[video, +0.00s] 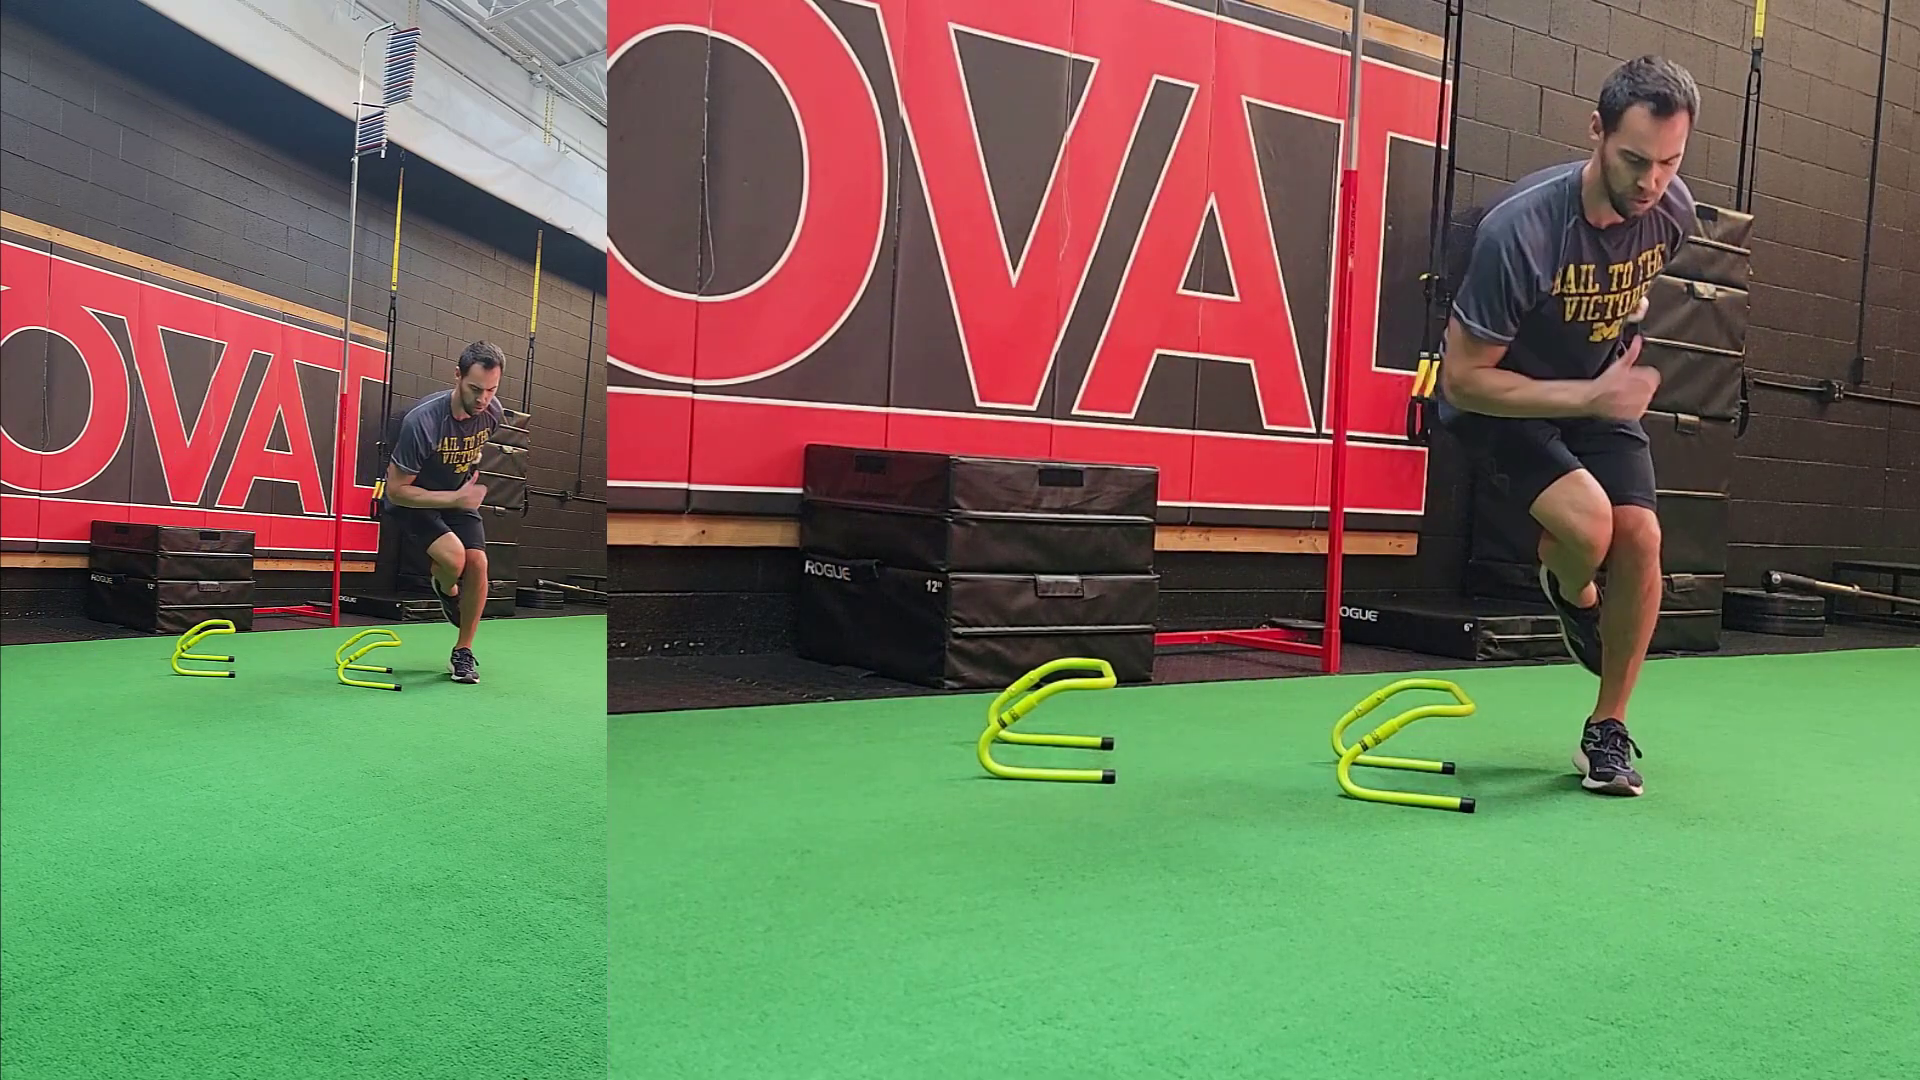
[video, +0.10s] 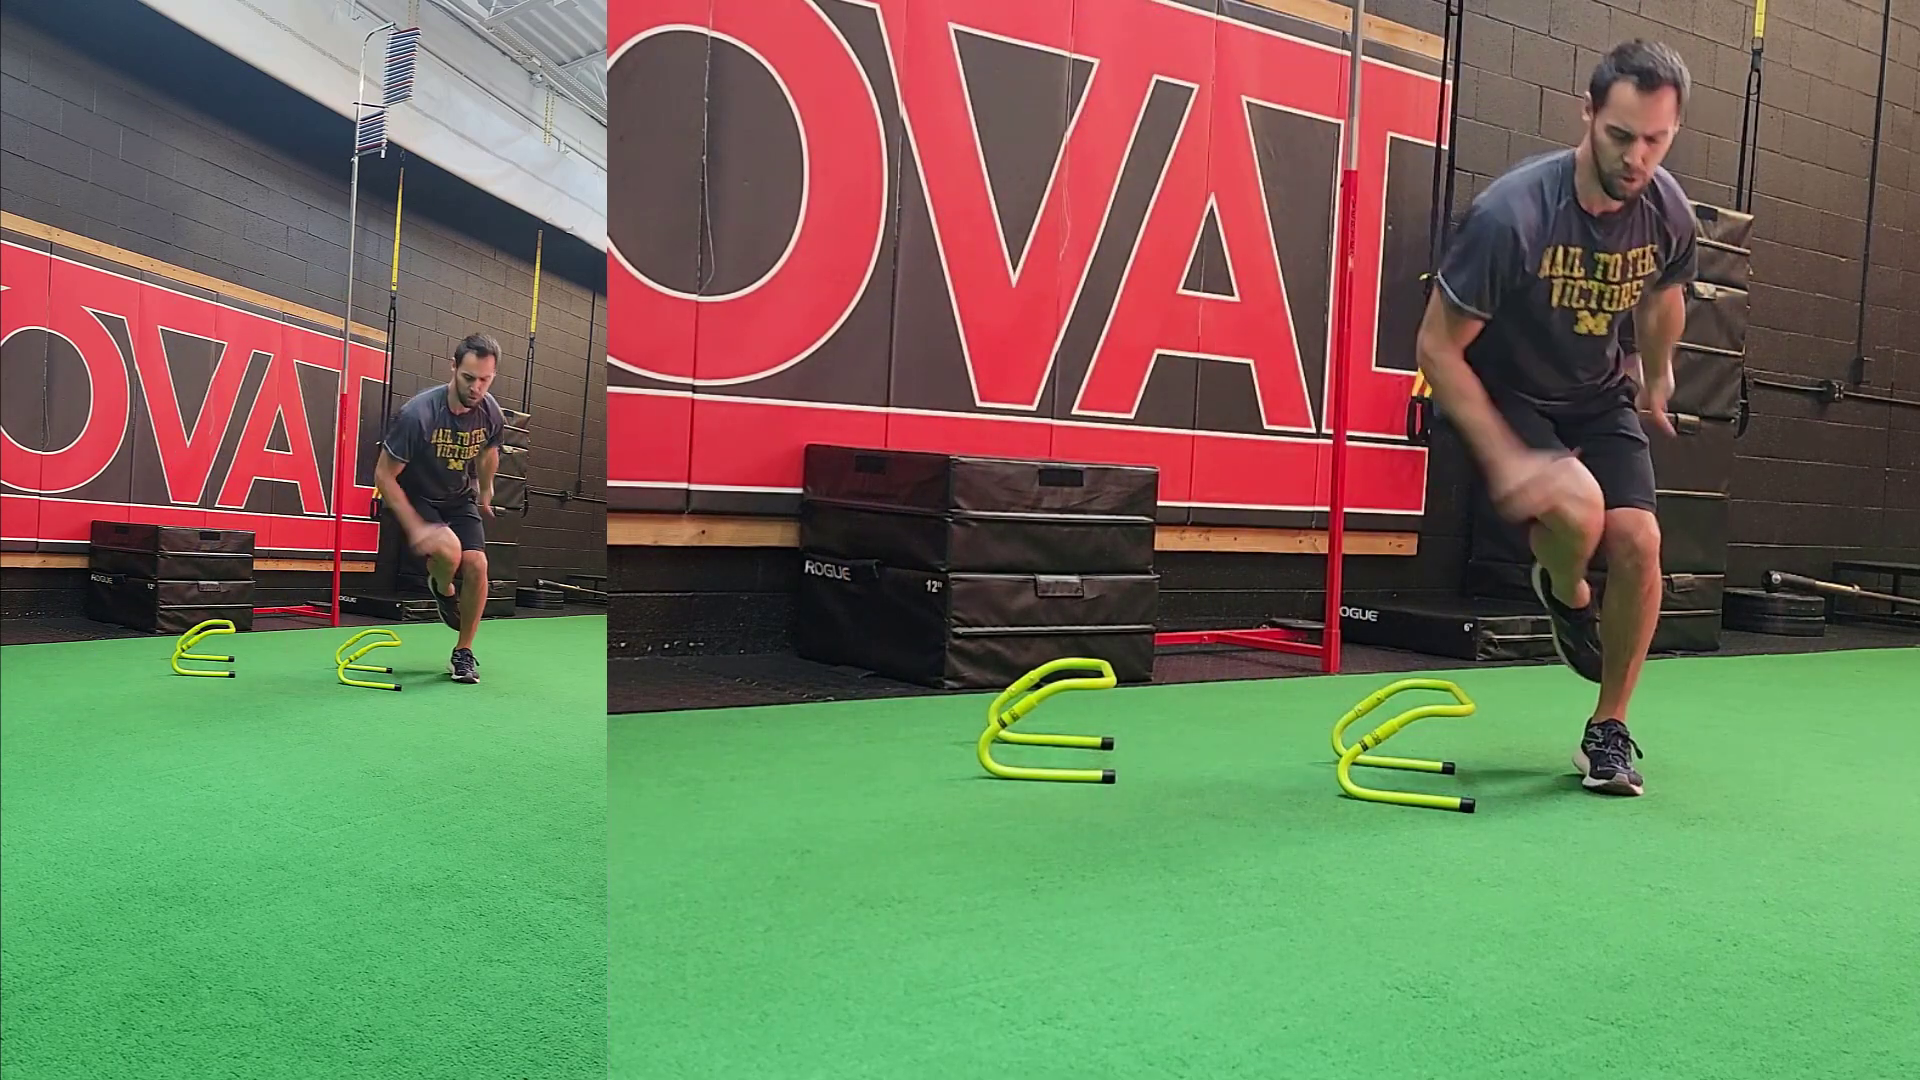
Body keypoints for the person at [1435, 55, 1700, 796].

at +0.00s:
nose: (1652, 182)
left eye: (1669, 164)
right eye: (1636, 160)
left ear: (1685, 149)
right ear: (1596, 135)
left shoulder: (1672, 211)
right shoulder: (1517, 230)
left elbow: (1618, 284)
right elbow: (1463, 380)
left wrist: (1619, 345)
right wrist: (1591, 397)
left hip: (1594, 392)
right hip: (1498, 397)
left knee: (1640, 537)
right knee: (1590, 522)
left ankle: (1609, 726)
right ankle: (1570, 592)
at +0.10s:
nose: (1638, 158)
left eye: (1656, 141)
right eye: (1624, 136)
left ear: (1674, 133)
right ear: (1589, 118)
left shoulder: (1668, 211)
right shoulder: (1509, 213)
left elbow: (1665, 295)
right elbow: (1436, 347)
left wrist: (1658, 384)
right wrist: (1508, 460)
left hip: (1601, 400)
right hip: (1508, 400)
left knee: (1637, 540)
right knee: (1580, 514)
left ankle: (1610, 725)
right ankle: (1568, 597)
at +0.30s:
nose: (1563, 98)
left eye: (1583, 81)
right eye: (1551, 75)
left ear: (1611, 81)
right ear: (1524, 64)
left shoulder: (1628, 181)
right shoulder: (1454, 163)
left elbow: (1633, 303)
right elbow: (1336, 245)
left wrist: (1647, 344)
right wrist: (1263, 329)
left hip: (1551, 374)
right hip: (1444, 347)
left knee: (1612, 544)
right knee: (1493, 445)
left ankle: (1603, 727)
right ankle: (1412, 549)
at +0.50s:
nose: (1432, 5)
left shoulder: (1503, 56)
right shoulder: (1326, 69)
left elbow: (1531, 169)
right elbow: (1269, 200)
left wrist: (1513, 234)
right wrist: (1245, 333)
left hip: (1453, 299)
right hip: (1340, 300)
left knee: (1507, 460)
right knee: (1321, 496)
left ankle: (1526, 617)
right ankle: (1249, 677)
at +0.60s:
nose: (1363, 13)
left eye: (1377, 6)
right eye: (1349, 7)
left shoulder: (1443, 68)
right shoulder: (1267, 75)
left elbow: (1475, 166)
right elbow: (1219, 204)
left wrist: (1484, 278)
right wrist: (1270, 279)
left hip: (1397, 280)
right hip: (1292, 282)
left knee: (1418, 387)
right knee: (1279, 511)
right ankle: (1236, 694)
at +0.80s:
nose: (1252, 9)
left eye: (1265, 3)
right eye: (1238, 2)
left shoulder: (1340, 57)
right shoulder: (1159, 41)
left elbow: (1363, 180)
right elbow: (1119, 155)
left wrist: (1352, 297)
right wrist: (1114, 248)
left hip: (1280, 287)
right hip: (1176, 274)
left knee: (1259, 486)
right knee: (1141, 408)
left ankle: (1272, 705)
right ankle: (1177, 505)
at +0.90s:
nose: (1191, 8)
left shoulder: (1290, 69)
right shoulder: (1111, 54)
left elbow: (1328, 198)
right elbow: (1066, 155)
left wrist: (1313, 325)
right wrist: (1063, 225)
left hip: (1231, 305)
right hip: (1124, 279)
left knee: (1235, 504)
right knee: (1053, 391)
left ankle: (1266, 712)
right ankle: (1071, 479)